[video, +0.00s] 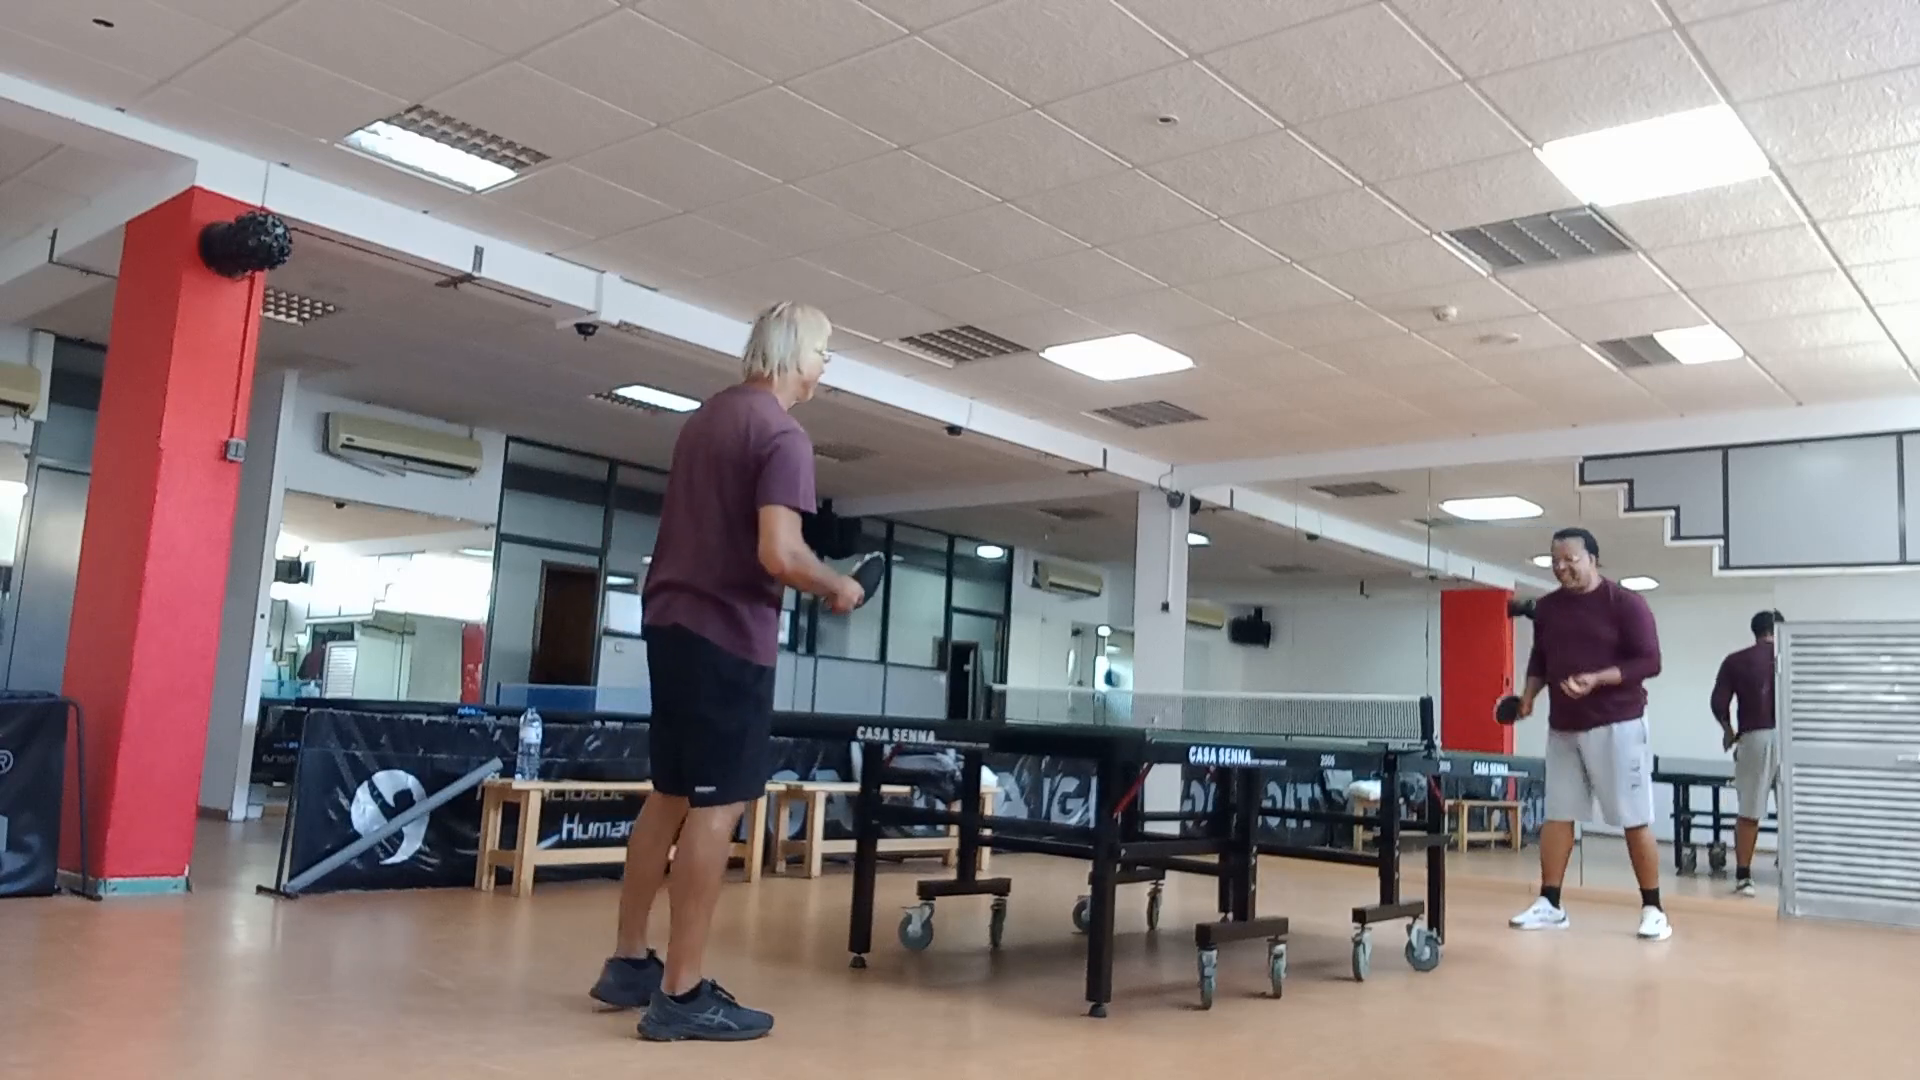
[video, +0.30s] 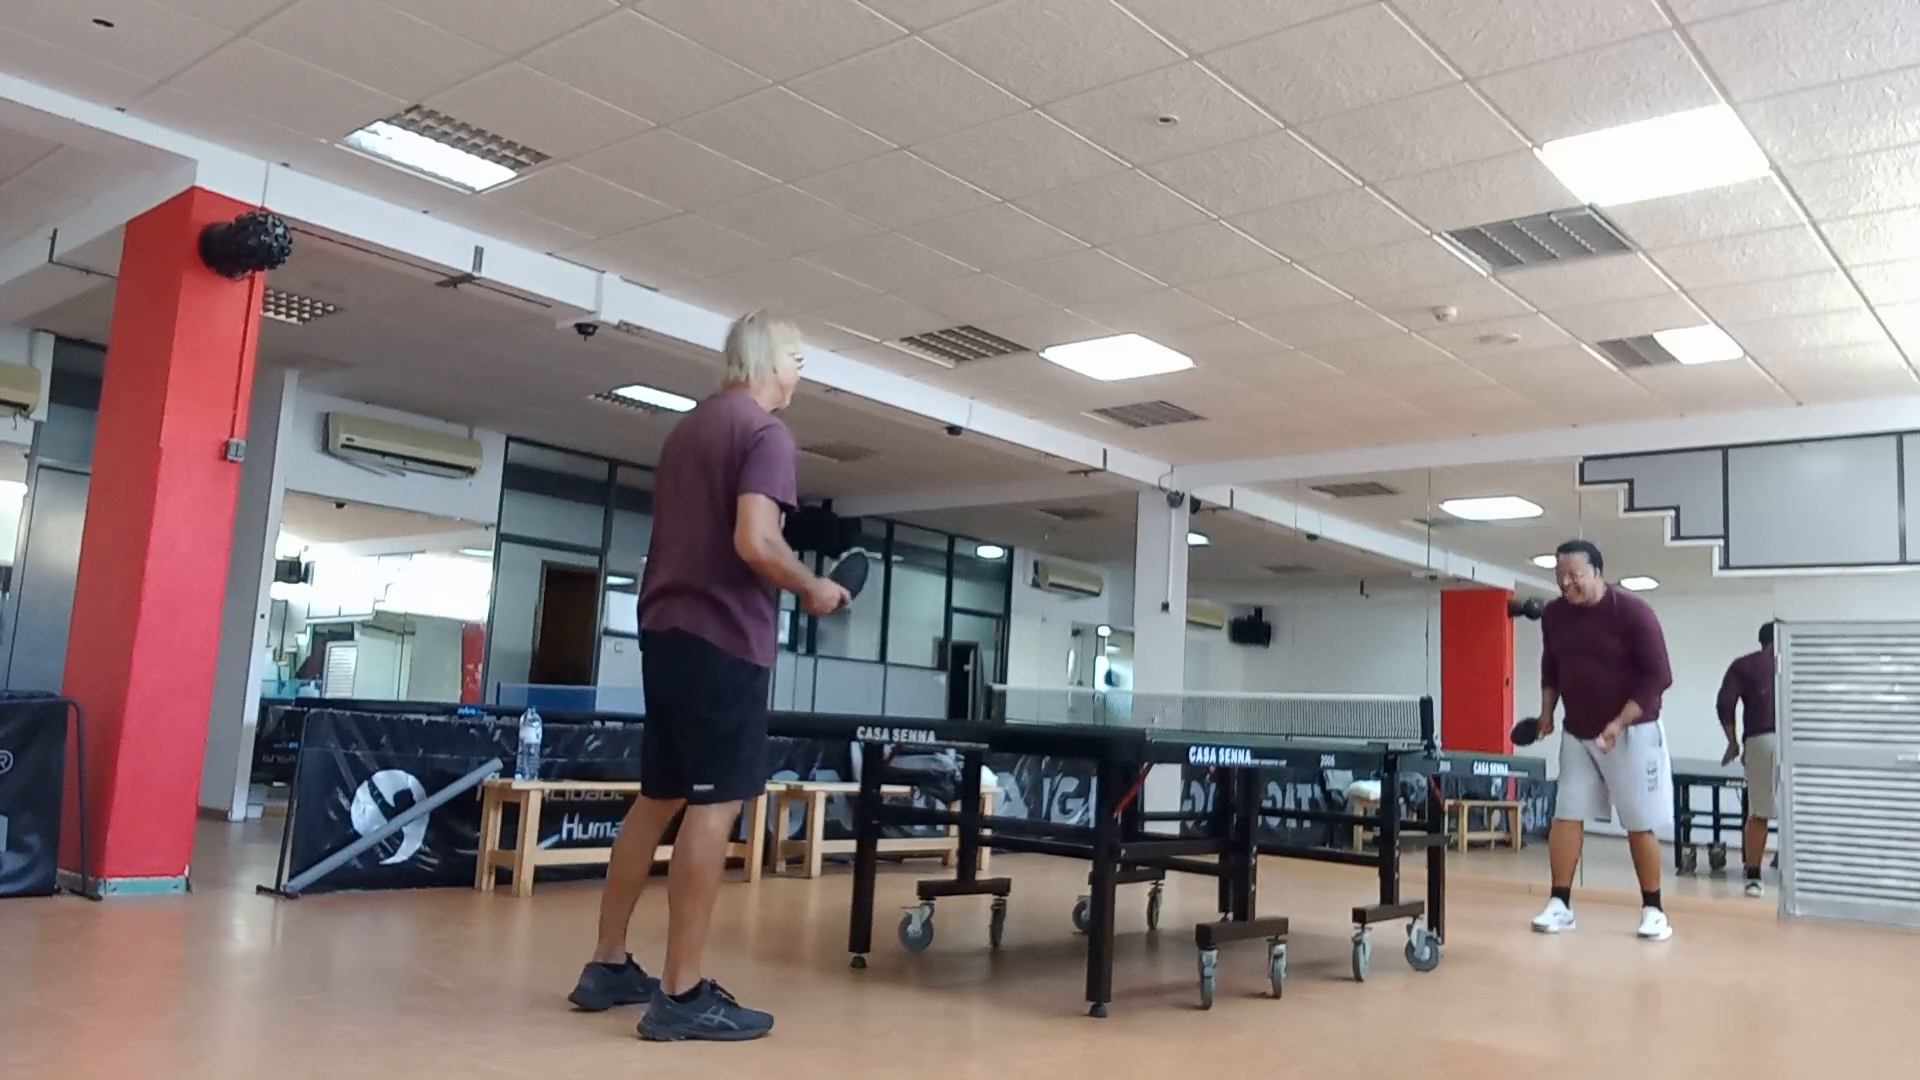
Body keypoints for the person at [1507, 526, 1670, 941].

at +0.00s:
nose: (1564, 568)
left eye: (1571, 559)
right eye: (1557, 562)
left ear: (1592, 558)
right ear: (1552, 567)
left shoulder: (1626, 604)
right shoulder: (1548, 607)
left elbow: (1650, 662)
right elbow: (1541, 658)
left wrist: (1598, 677)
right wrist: (1528, 694)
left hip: (1617, 727)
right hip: (1564, 728)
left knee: (1634, 819)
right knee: (1557, 814)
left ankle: (1652, 909)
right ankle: (1549, 904)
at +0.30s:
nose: (1569, 585)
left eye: (1576, 577)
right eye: (1563, 578)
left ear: (1598, 571)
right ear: (1557, 577)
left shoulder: (1632, 612)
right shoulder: (1555, 614)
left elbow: (1657, 677)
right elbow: (1551, 666)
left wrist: (1621, 721)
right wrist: (1546, 712)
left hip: (1632, 735)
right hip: (1577, 735)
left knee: (1640, 824)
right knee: (1567, 815)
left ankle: (1652, 910)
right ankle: (1559, 905)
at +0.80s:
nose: (1544, 614)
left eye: (1552, 606)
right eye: (1537, 607)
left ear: (1571, 598)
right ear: (1531, 603)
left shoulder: (1608, 628)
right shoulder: (1528, 636)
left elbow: (1616, 689)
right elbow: (1523, 690)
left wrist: (1569, 709)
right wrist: (1531, 741)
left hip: (1617, 741)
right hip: (1564, 743)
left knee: (1626, 830)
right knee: (1546, 816)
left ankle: (1651, 910)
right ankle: (1558, 906)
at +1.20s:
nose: (1542, 613)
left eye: (1550, 604)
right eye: (1533, 605)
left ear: (1566, 596)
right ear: (1523, 600)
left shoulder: (1599, 625)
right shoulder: (1513, 627)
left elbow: (1640, 679)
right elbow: (1483, 678)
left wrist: (1615, 704)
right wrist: (1533, 700)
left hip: (1600, 737)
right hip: (1546, 745)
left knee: (1601, 794)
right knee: (1532, 821)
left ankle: (1627, 870)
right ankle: (1555, 905)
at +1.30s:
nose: (1542, 615)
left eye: (1550, 607)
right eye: (1534, 608)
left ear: (1568, 600)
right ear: (1526, 602)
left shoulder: (1599, 627)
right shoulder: (1516, 623)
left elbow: (1634, 686)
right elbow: (1475, 656)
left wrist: (1612, 743)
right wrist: (1493, 678)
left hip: (1596, 746)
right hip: (1544, 753)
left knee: (1604, 815)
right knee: (1529, 831)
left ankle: (1623, 908)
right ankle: (1556, 906)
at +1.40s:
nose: (1544, 610)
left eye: (1551, 602)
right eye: (1537, 603)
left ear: (1572, 597)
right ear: (1531, 600)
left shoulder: (1605, 629)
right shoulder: (1522, 621)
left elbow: (1633, 691)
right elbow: (1480, 626)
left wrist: (1614, 747)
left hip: (1596, 747)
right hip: (1541, 750)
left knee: (1606, 820)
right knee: (1519, 824)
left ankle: (1624, 916)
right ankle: (1550, 902)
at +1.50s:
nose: (1545, 598)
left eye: (1553, 591)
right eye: (1539, 591)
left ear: (1574, 589)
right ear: (1534, 591)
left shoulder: (1607, 624)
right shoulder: (1522, 613)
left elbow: (1636, 686)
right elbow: (1477, 618)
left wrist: (1622, 743)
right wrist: (1429, 616)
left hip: (1595, 742)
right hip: (1539, 742)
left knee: (1607, 822)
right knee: (1503, 809)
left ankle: (1624, 916)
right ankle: (1527, 895)